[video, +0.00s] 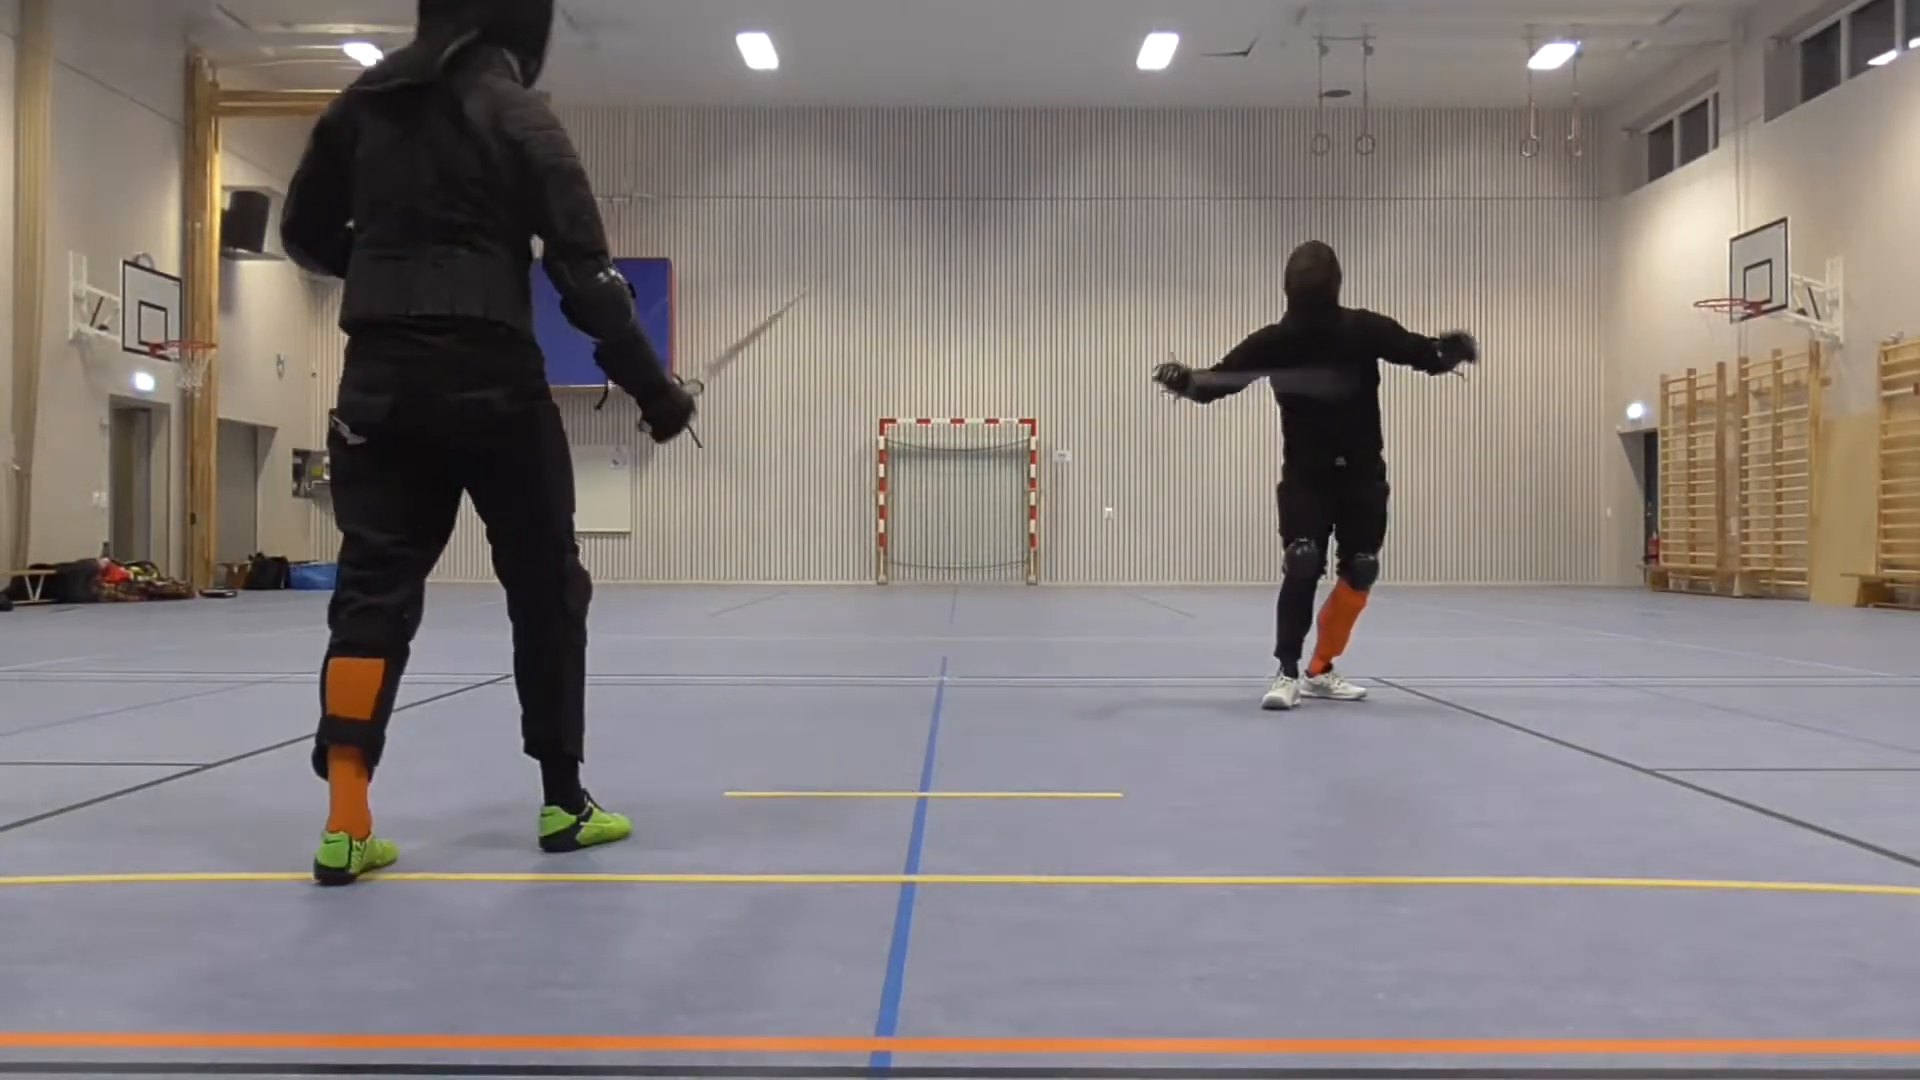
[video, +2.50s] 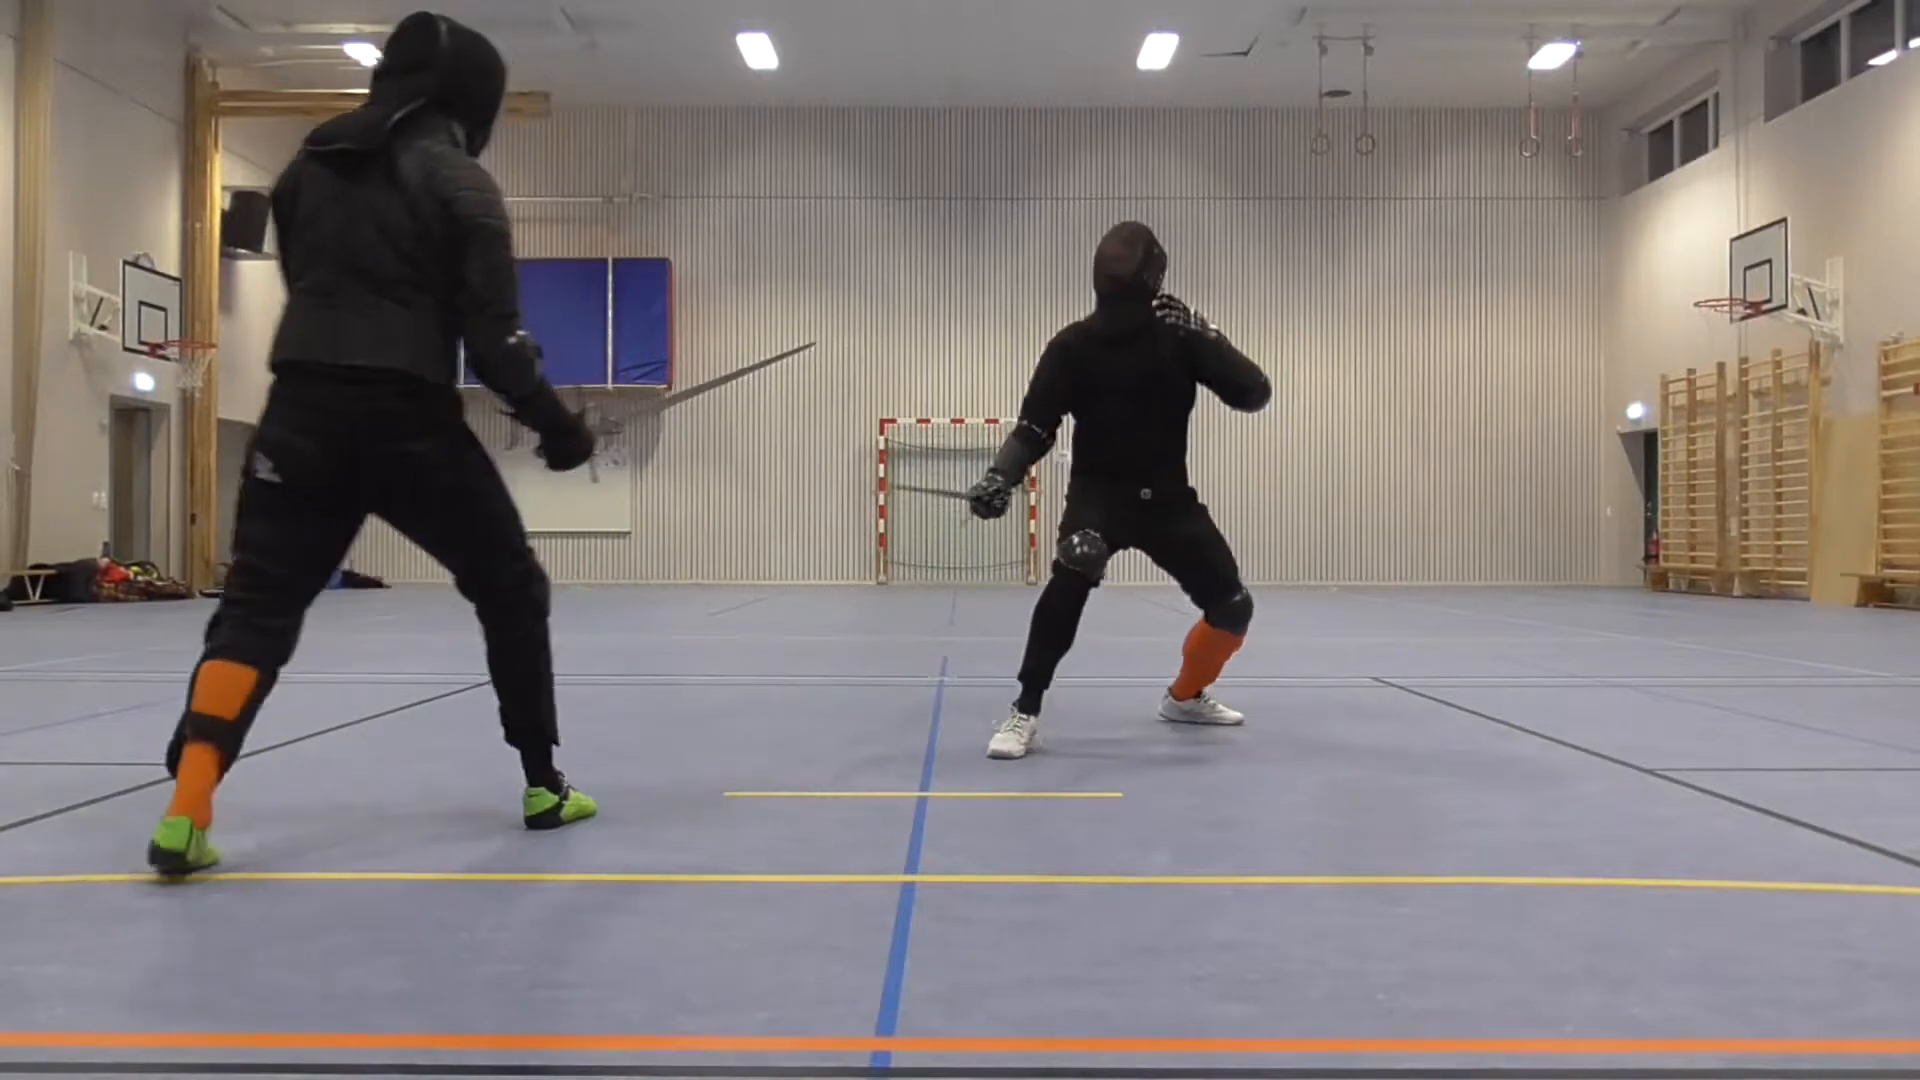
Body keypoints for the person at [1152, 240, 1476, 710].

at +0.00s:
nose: (1312, 292)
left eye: (1315, 281)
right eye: (1309, 282)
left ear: (1294, 284)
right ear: (1334, 282)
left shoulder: (1364, 331)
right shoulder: (1275, 341)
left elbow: (1422, 354)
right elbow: (1217, 383)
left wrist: (1451, 349)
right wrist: (1187, 380)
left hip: (1361, 476)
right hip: (1305, 478)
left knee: (1359, 573)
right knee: (1303, 564)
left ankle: (1319, 672)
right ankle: (1286, 674)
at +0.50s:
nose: (1317, 290)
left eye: (1325, 281)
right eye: (1309, 281)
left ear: (1338, 281)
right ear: (1293, 281)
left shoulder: (1358, 330)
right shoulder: (1272, 338)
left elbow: (1421, 350)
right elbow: (1251, 401)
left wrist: (1380, 297)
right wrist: (1237, 432)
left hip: (1347, 467)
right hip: (1292, 467)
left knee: (1360, 572)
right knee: (1290, 548)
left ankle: (1319, 671)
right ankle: (1265, 652)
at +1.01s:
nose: (1251, 293)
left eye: (1262, 283)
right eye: (1243, 283)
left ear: (1282, 285)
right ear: (1230, 286)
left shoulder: (1300, 337)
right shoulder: (1206, 347)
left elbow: (1362, 381)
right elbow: (1181, 420)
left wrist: (1312, 326)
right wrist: (1164, 473)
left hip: (1283, 479)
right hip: (1226, 482)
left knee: (1348, 573)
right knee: (1235, 565)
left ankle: (1292, 662)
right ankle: (1225, 691)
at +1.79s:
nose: (1194, 267)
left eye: (1206, 258)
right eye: (1189, 256)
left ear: (1231, 269)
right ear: (1179, 260)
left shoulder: (1255, 327)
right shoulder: (1155, 330)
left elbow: (1308, 384)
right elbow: (1125, 404)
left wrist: (1271, 321)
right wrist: (1109, 456)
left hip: (1227, 470)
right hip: (1167, 469)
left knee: (1274, 586)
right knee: (1186, 556)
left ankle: (1228, 687)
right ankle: (1191, 676)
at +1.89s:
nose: (1181, 273)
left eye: (1194, 263)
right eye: (1176, 261)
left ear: (1221, 268)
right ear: (1167, 259)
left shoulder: (1246, 327)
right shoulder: (1143, 331)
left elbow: (1299, 383)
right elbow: (1114, 406)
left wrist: (1258, 319)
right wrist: (1095, 458)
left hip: (1218, 474)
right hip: (1157, 471)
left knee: (1268, 588)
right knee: (1161, 543)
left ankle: (1227, 689)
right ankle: (1130, 677)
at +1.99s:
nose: (1164, 262)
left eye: (1176, 253)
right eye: (1161, 252)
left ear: (1204, 264)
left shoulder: (1227, 325)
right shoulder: (1126, 330)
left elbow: (1287, 380)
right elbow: (1092, 404)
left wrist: (1245, 320)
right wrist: (1072, 460)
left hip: (1206, 482)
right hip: (1142, 480)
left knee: (1254, 590)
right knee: (1123, 561)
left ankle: (1228, 690)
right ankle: (1075, 680)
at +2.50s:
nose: (1121, 288)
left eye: (1129, 276)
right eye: (1116, 276)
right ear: (1150, 279)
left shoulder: (1181, 338)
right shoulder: (1072, 348)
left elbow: (1254, 393)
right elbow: (1035, 426)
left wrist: (1200, 336)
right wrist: (1001, 477)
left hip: (1167, 499)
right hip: (1096, 500)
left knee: (1231, 610)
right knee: (1074, 571)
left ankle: (1186, 699)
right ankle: (1024, 711)